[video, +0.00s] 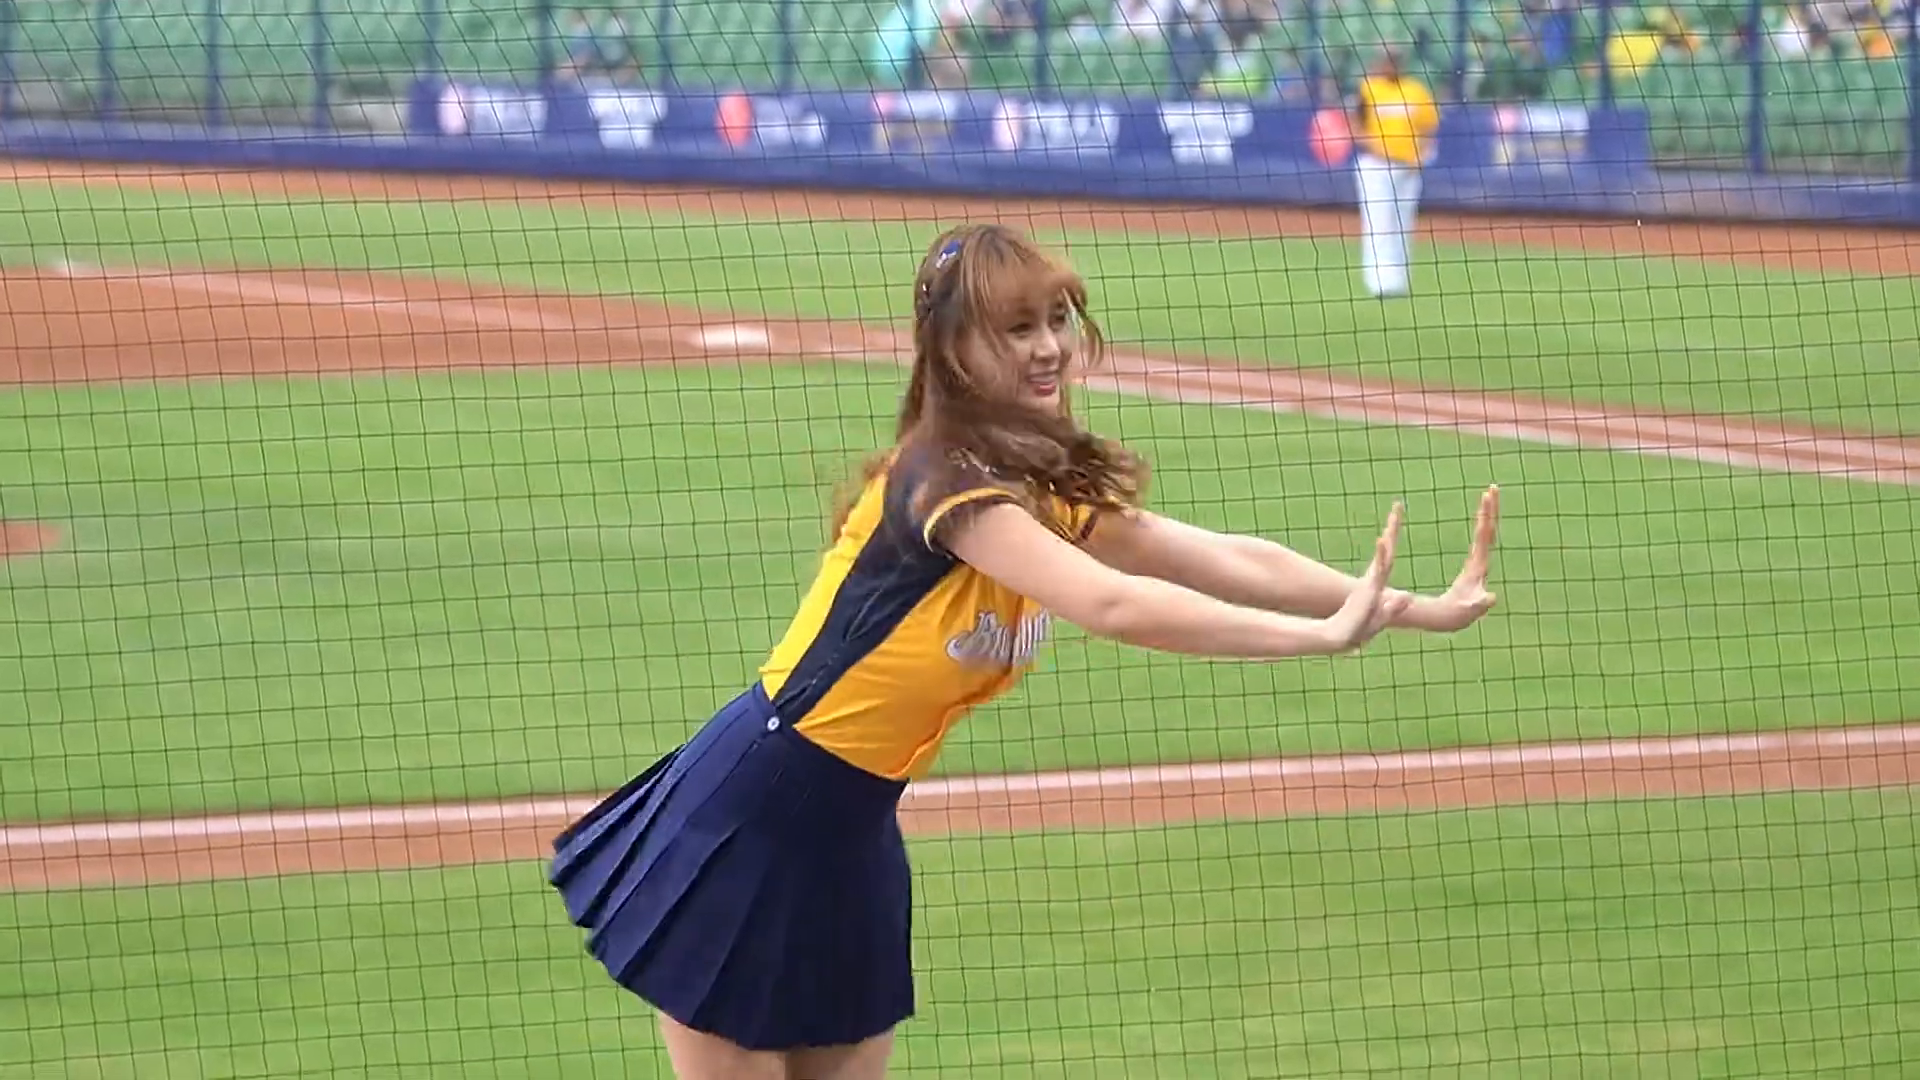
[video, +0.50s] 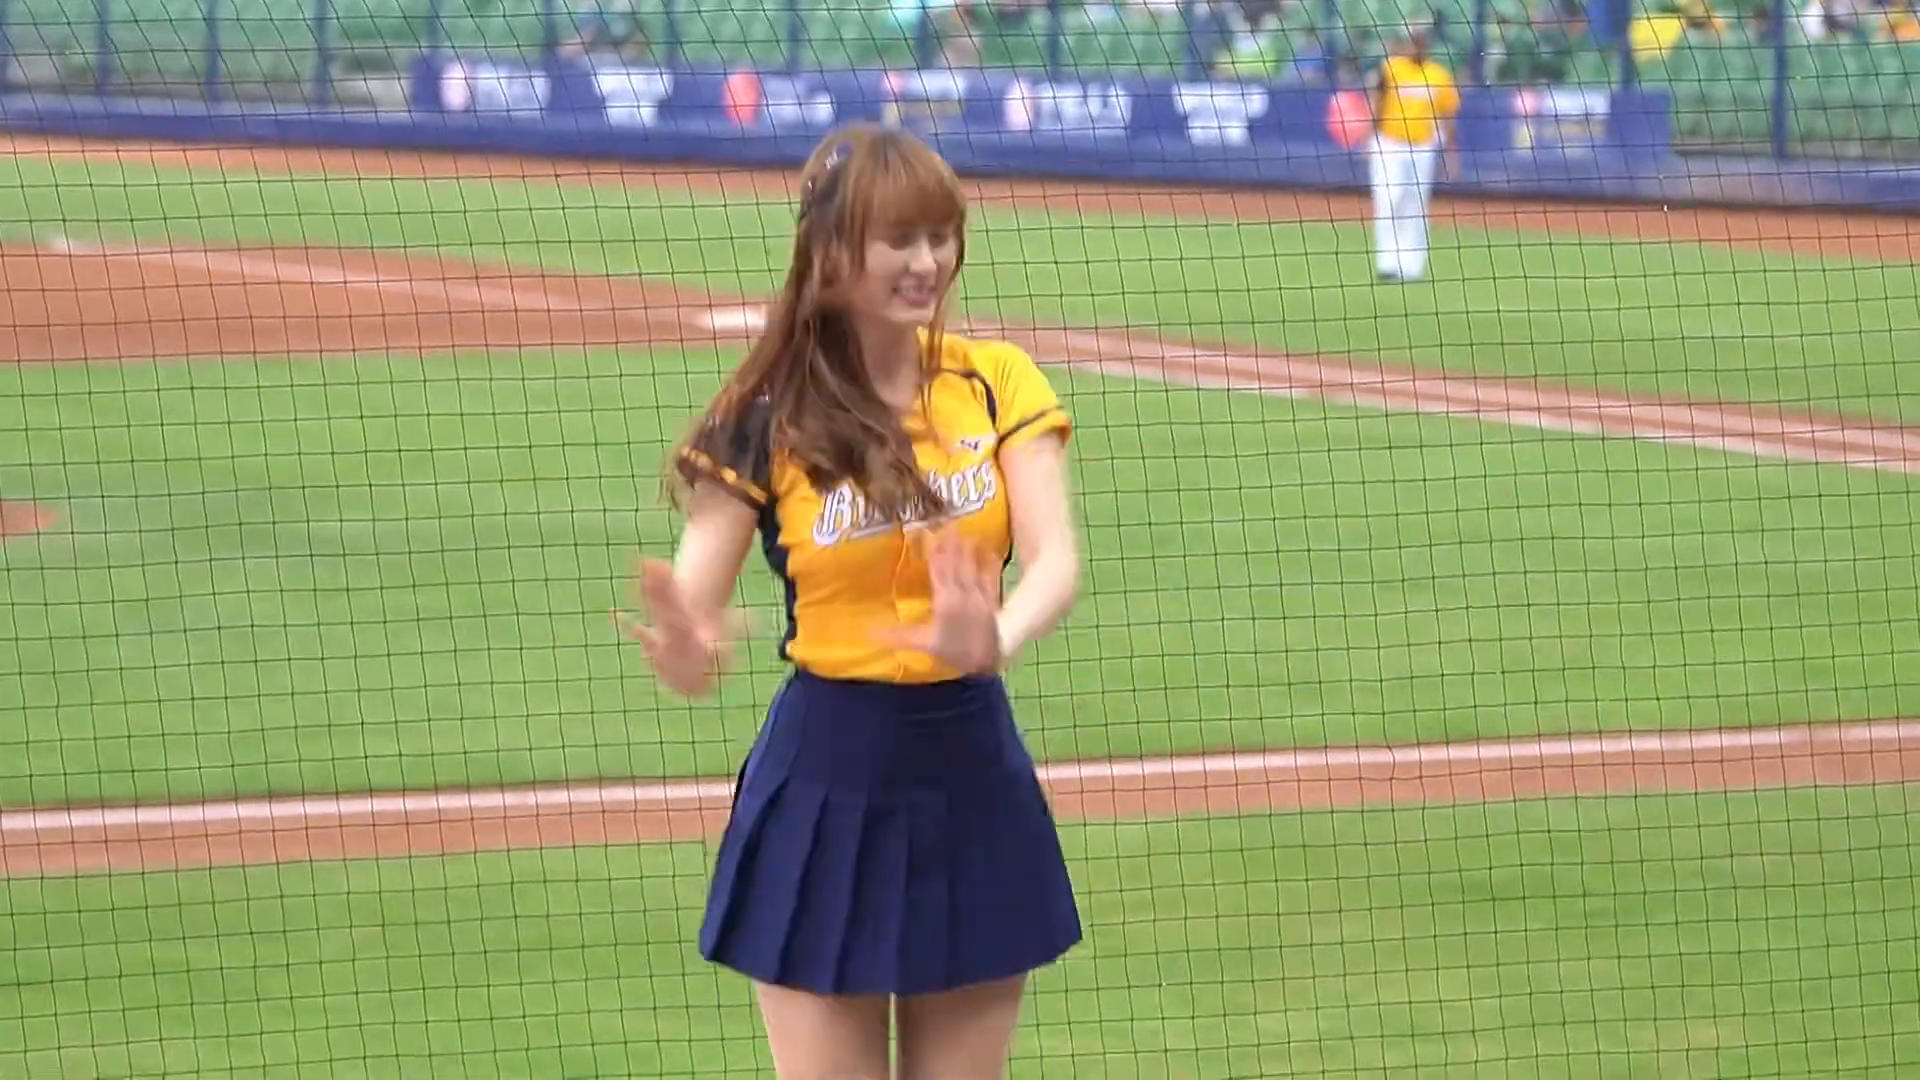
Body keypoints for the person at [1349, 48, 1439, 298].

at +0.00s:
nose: (1389, 66)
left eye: (1393, 60)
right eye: (1385, 60)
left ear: (1400, 63)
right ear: (1378, 63)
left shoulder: (1417, 90)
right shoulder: (1368, 88)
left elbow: (1430, 127)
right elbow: (1356, 124)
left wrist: (1422, 152)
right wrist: (1377, 146)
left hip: (1407, 167)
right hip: (1374, 165)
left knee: (1402, 223)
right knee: (1379, 222)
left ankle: (1399, 277)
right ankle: (1381, 280)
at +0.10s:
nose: (1393, 62)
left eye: (1397, 57)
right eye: (1389, 56)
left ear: (1404, 59)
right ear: (1382, 59)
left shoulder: (1421, 89)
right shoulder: (1372, 85)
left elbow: (1433, 126)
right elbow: (1359, 121)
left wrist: (1423, 152)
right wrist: (1380, 144)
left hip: (1410, 163)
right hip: (1377, 162)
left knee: (1405, 220)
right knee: (1382, 219)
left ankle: (1402, 275)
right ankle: (1384, 277)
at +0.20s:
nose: (1399, 59)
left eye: (1403, 53)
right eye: (1394, 53)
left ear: (1411, 55)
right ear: (1387, 55)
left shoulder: (1425, 87)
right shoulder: (1377, 82)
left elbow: (1435, 125)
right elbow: (1363, 116)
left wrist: (1427, 154)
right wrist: (1377, 140)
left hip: (1413, 159)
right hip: (1380, 157)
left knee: (1407, 216)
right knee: (1385, 215)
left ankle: (1404, 272)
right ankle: (1384, 273)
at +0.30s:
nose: (1407, 55)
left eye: (1411, 49)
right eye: (1402, 50)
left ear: (1418, 53)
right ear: (1395, 52)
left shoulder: (1431, 85)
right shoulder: (1382, 77)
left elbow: (1437, 128)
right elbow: (1367, 105)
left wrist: (1436, 163)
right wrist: (1373, 137)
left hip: (1416, 157)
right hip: (1383, 154)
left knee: (1410, 214)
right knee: (1386, 212)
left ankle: (1406, 270)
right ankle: (1384, 269)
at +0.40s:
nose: (1412, 51)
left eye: (1416, 46)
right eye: (1407, 46)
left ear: (1424, 49)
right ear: (1400, 48)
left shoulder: (1434, 81)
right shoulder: (1386, 72)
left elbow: (1441, 126)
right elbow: (1371, 99)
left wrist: (1443, 163)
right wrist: (1374, 133)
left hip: (1420, 152)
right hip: (1387, 150)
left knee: (1412, 209)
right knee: (1387, 206)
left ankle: (1408, 266)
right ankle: (1385, 265)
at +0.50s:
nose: (1418, 47)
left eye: (1422, 42)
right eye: (1413, 41)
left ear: (1429, 44)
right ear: (1406, 43)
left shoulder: (1440, 76)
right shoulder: (1390, 68)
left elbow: (1448, 119)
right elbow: (1376, 101)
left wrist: (1451, 156)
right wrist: (1371, 135)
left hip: (1424, 147)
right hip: (1389, 145)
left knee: (1416, 205)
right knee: (1388, 202)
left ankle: (1413, 263)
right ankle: (1388, 262)